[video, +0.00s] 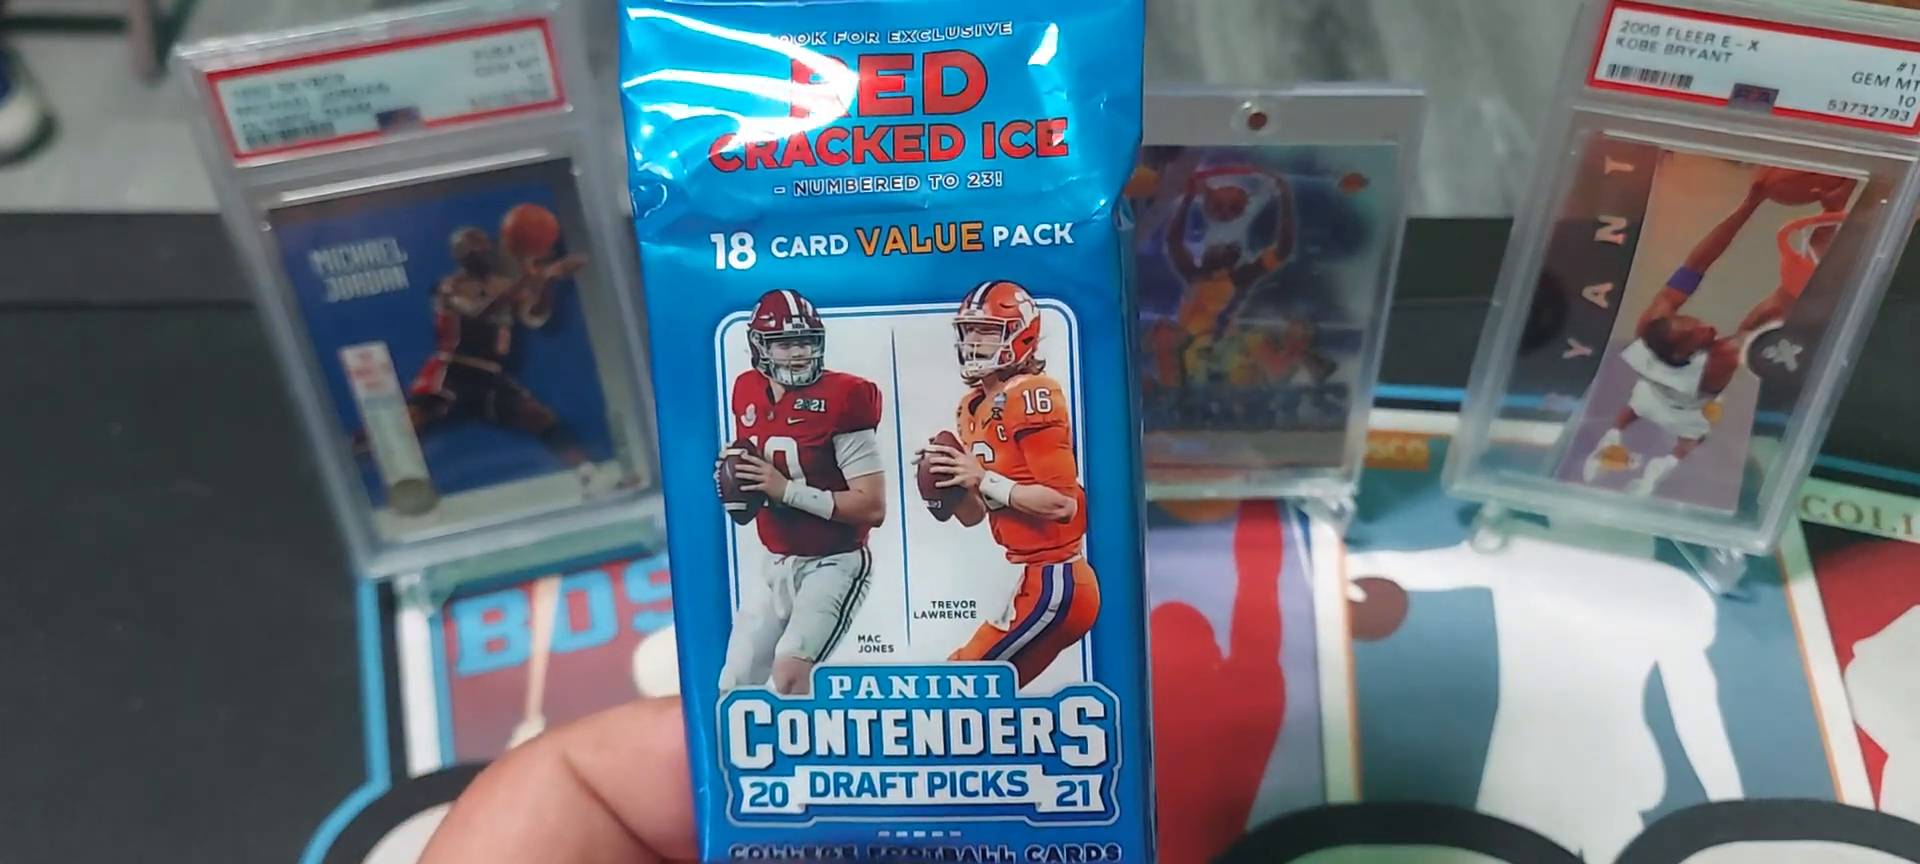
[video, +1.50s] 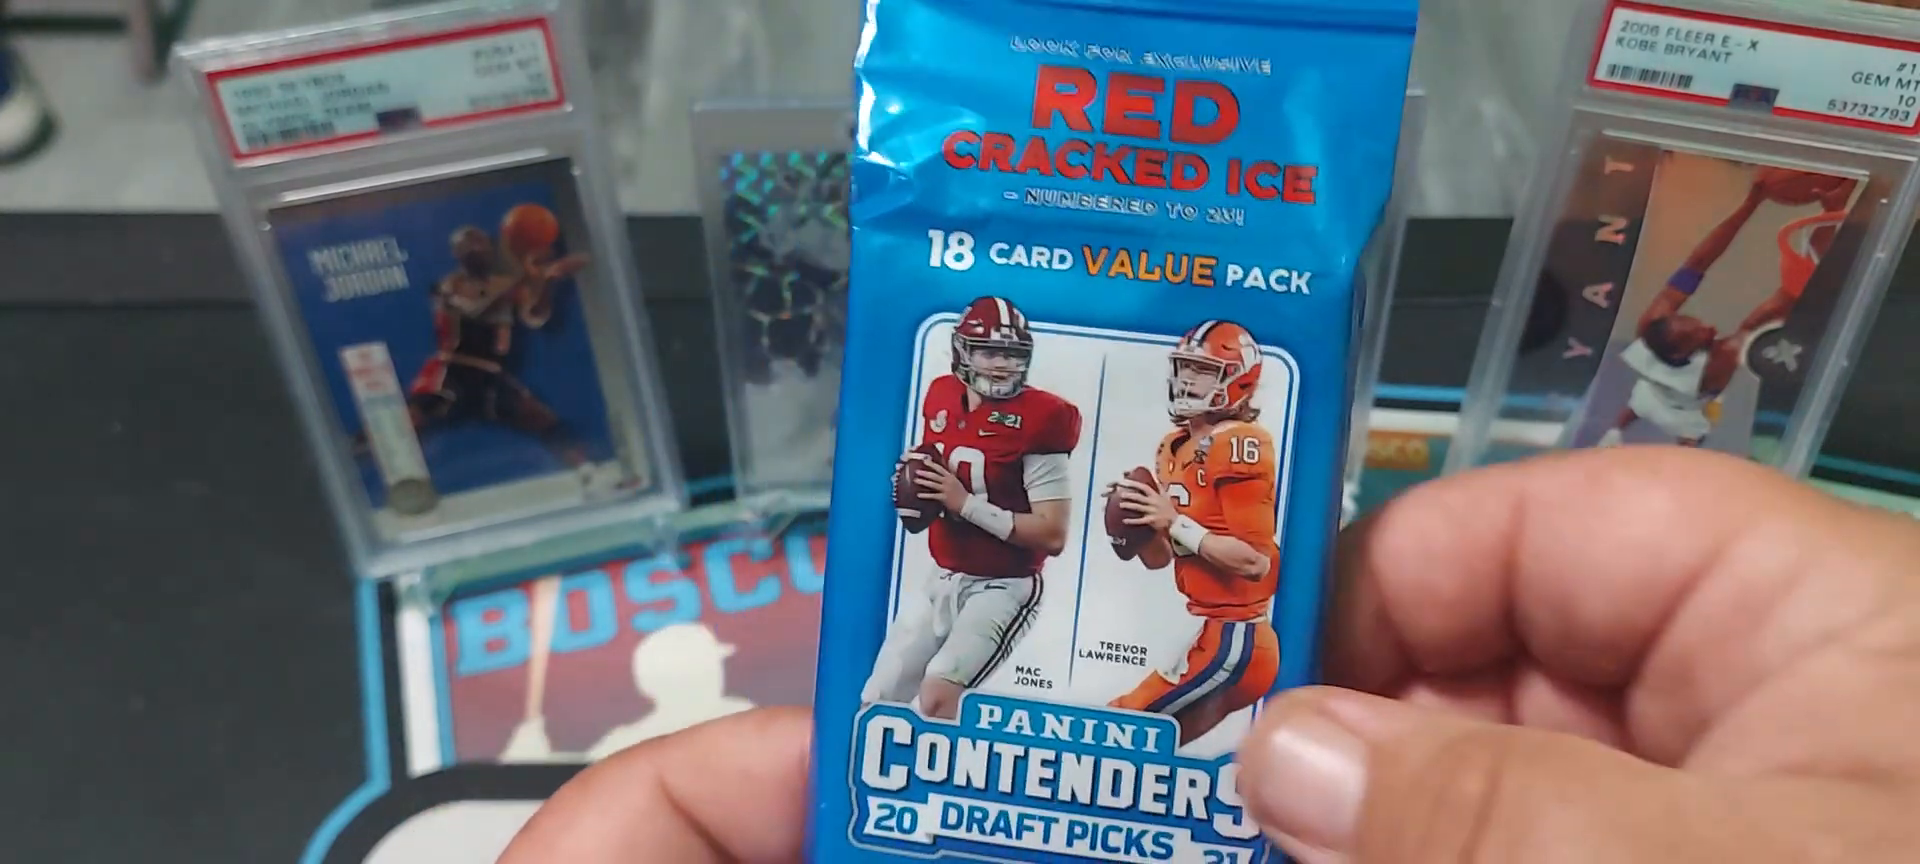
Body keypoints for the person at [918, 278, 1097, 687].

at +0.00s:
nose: (974, 344)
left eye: (987, 333)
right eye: (969, 332)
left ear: (1020, 337)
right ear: (959, 335)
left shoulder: (1032, 394)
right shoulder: (970, 407)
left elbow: (1061, 502)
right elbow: (971, 514)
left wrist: (982, 478)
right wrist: (943, 479)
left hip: (1055, 582)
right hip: (1036, 579)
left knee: (955, 688)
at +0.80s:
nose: (962, 358)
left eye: (978, 347)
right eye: (957, 345)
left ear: (1012, 355)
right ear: (947, 350)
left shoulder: (1025, 410)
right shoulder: (961, 424)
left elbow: (1058, 524)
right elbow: (964, 534)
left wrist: (975, 498)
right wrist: (935, 505)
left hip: (1052, 605)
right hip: (1029, 602)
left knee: (951, 712)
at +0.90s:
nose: (1033, 381)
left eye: (1049, 369)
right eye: (1028, 367)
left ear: (1083, 378)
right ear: (1018, 371)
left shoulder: (1095, 435)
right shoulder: (1032, 447)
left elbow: (1124, 551)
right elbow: (1029, 558)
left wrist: (1041, 523)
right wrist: (999, 528)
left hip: (1115, 633)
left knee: (1012, 739)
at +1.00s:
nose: (1087, 412)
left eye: (1103, 399)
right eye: (1082, 398)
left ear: (1139, 409)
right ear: (1074, 401)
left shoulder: (1151, 468)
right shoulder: (1086, 479)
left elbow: (1180, 587)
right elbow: (1081, 592)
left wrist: (1093, 556)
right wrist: (1050, 563)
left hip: (1169, 672)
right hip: (1145, 668)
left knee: (1057, 778)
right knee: (1073, 788)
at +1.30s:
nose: (1142, 409)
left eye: (1158, 398)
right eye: (1139, 397)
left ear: (1194, 406)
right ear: (1130, 400)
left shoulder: (1203, 468)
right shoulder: (1134, 474)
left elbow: (1222, 584)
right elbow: (1126, 588)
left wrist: (1140, 551)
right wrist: (1097, 555)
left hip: (1210, 669)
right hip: (1186, 664)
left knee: (1093, 768)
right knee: (1108, 779)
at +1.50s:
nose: (1187, 383)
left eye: (1203, 373)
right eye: (1184, 369)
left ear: (1238, 382)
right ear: (1173, 370)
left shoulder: (1242, 443)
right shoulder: (1173, 445)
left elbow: (1253, 559)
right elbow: (1158, 558)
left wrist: (1173, 522)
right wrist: (1135, 522)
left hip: (1236, 642)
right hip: (1213, 637)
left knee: (1112, 735)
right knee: (1129, 746)